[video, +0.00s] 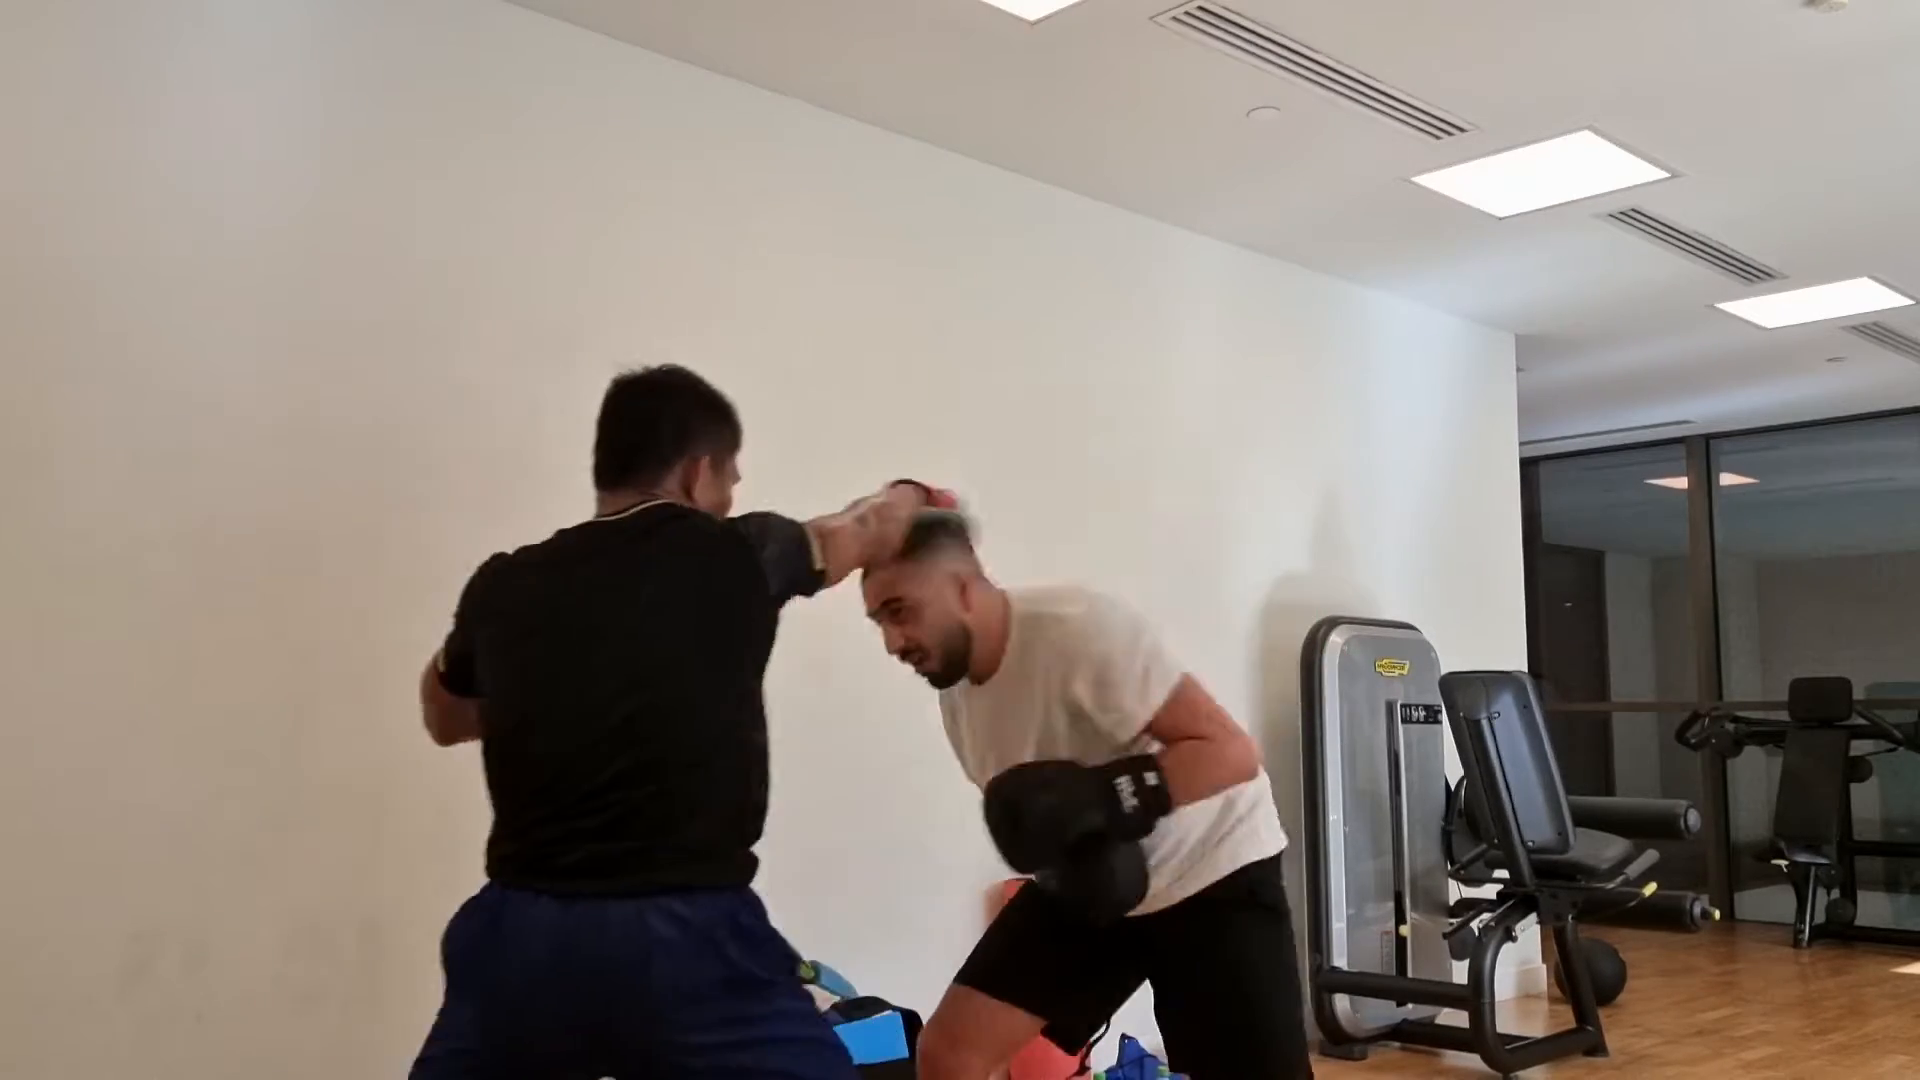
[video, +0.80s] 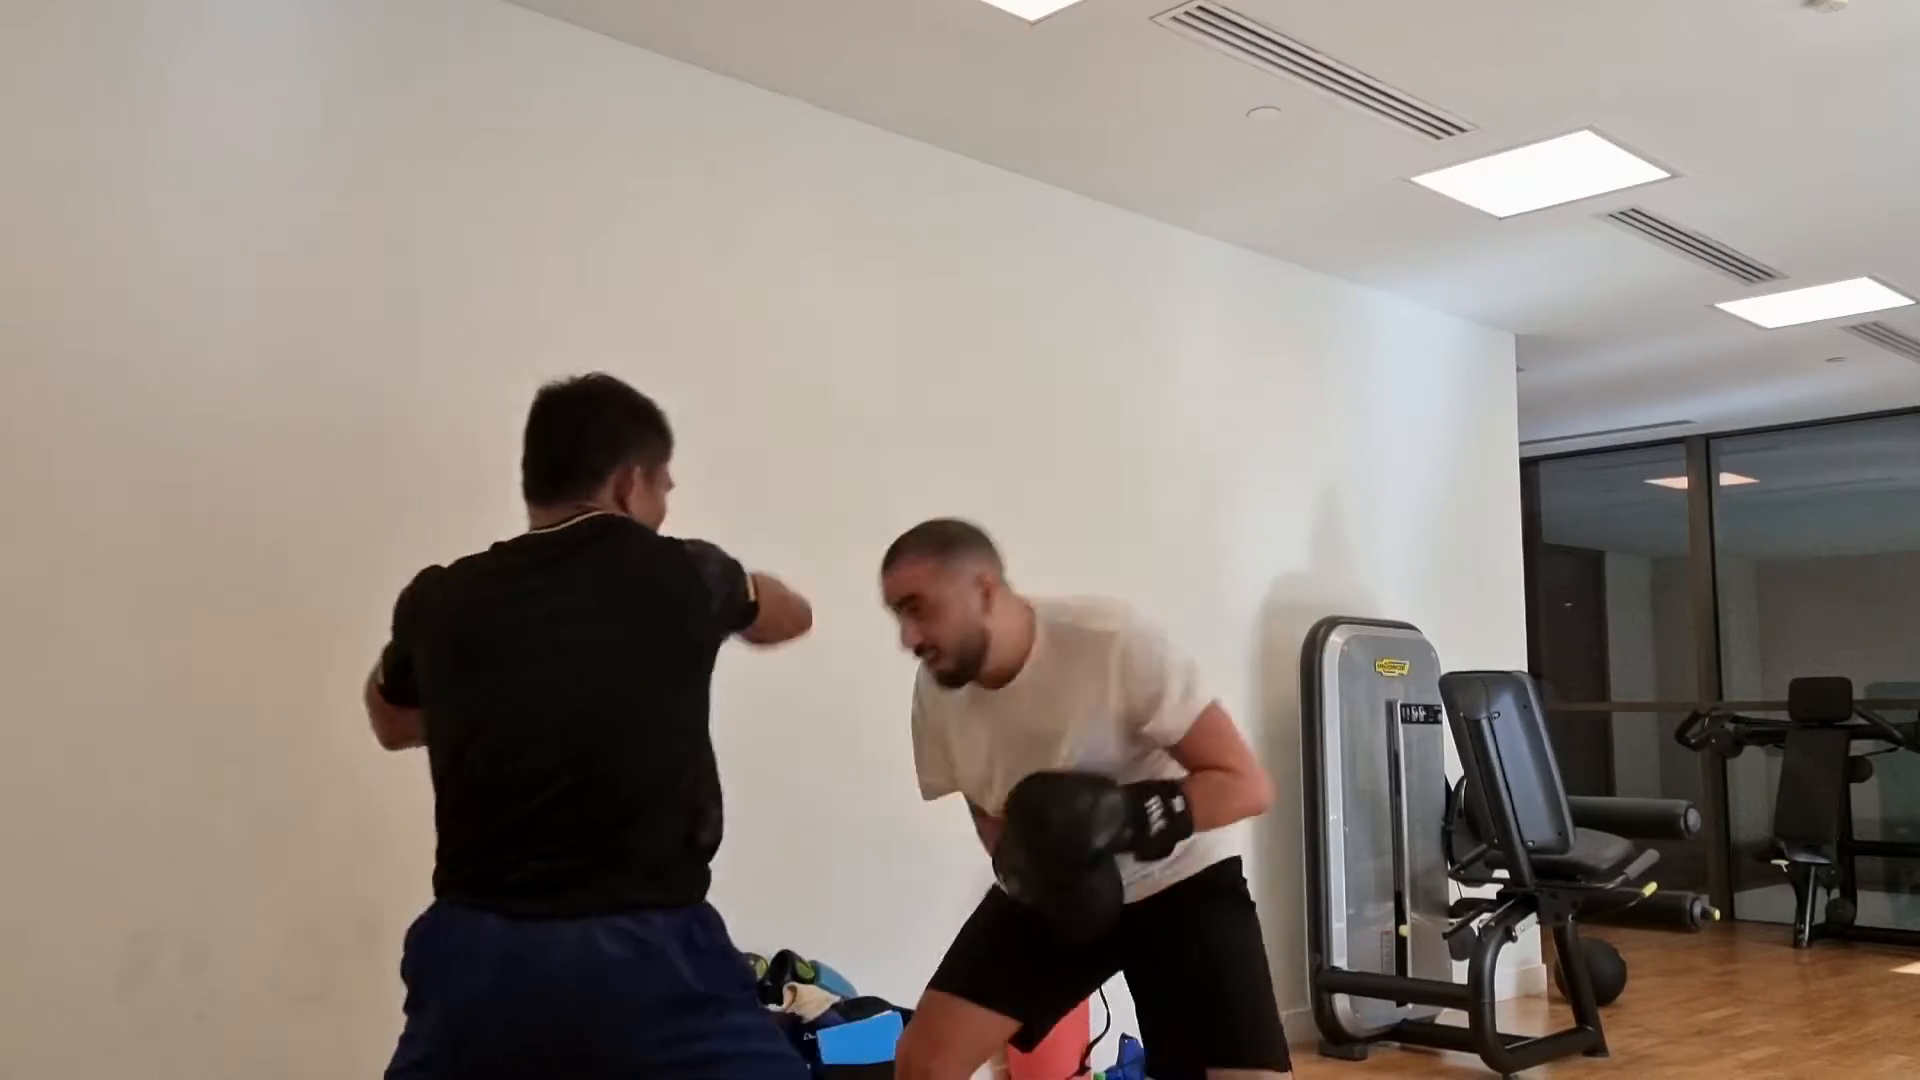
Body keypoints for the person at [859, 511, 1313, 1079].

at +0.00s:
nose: (891, 643)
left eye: (900, 613)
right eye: (880, 622)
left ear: (965, 588)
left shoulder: (1088, 631)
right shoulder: (959, 702)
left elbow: (1234, 754)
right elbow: (1029, 808)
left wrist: (1112, 794)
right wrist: (1072, 862)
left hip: (1213, 875)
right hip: (1088, 892)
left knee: (1259, 1071)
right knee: (952, 1052)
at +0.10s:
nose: (971, 583)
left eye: (984, 554)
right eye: (959, 566)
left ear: (1049, 544)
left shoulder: (1173, 607)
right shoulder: (974, 660)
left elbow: (1293, 747)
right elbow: (998, 808)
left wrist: (1191, 756)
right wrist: (1068, 867)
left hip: (1205, 884)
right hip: (1062, 894)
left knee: (1261, 1073)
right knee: (940, 1067)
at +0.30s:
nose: (987, 482)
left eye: (1006, 458)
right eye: (978, 465)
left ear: (1069, 462)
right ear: (973, 478)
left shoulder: (1161, 552)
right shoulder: (973, 599)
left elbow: (1276, 695)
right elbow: (977, 744)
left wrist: (1166, 639)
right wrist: (1023, 813)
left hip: (1176, 878)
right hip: (1032, 891)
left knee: (1245, 1070)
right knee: (930, 1066)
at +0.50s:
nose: (858, 565)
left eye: (865, 541)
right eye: (851, 554)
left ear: (930, 524)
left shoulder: (988, 551)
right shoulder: (966, 600)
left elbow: (1011, 694)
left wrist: (907, 693)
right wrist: (1037, 791)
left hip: (1189, 825)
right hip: (1084, 839)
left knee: (1261, 1064)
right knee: (960, 1032)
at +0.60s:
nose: (825, 663)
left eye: (827, 635)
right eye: (819, 647)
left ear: (881, 596)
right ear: (884, 601)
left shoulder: (978, 639)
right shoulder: (948, 674)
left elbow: (1086, 779)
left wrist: (961, 824)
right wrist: (1024, 838)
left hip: (1198, 830)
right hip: (1094, 860)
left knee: (1252, 1064)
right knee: (958, 1033)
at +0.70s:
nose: (840, 703)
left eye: (845, 674)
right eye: (831, 683)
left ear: (905, 642)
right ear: (906, 645)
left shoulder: (1033, 673)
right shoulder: (939, 709)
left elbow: (1175, 803)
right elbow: (1041, 806)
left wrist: (1047, 863)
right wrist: (1009, 852)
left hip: (1196, 869)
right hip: (1086, 883)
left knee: (1238, 1063)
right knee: (943, 1036)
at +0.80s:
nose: (907, 639)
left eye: (915, 609)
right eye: (899, 617)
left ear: (984, 588)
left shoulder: (1117, 643)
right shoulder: (939, 696)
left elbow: (1247, 785)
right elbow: (992, 821)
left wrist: (1131, 817)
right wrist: (1034, 874)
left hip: (1182, 885)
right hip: (1049, 895)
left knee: (1248, 1073)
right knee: (926, 1058)